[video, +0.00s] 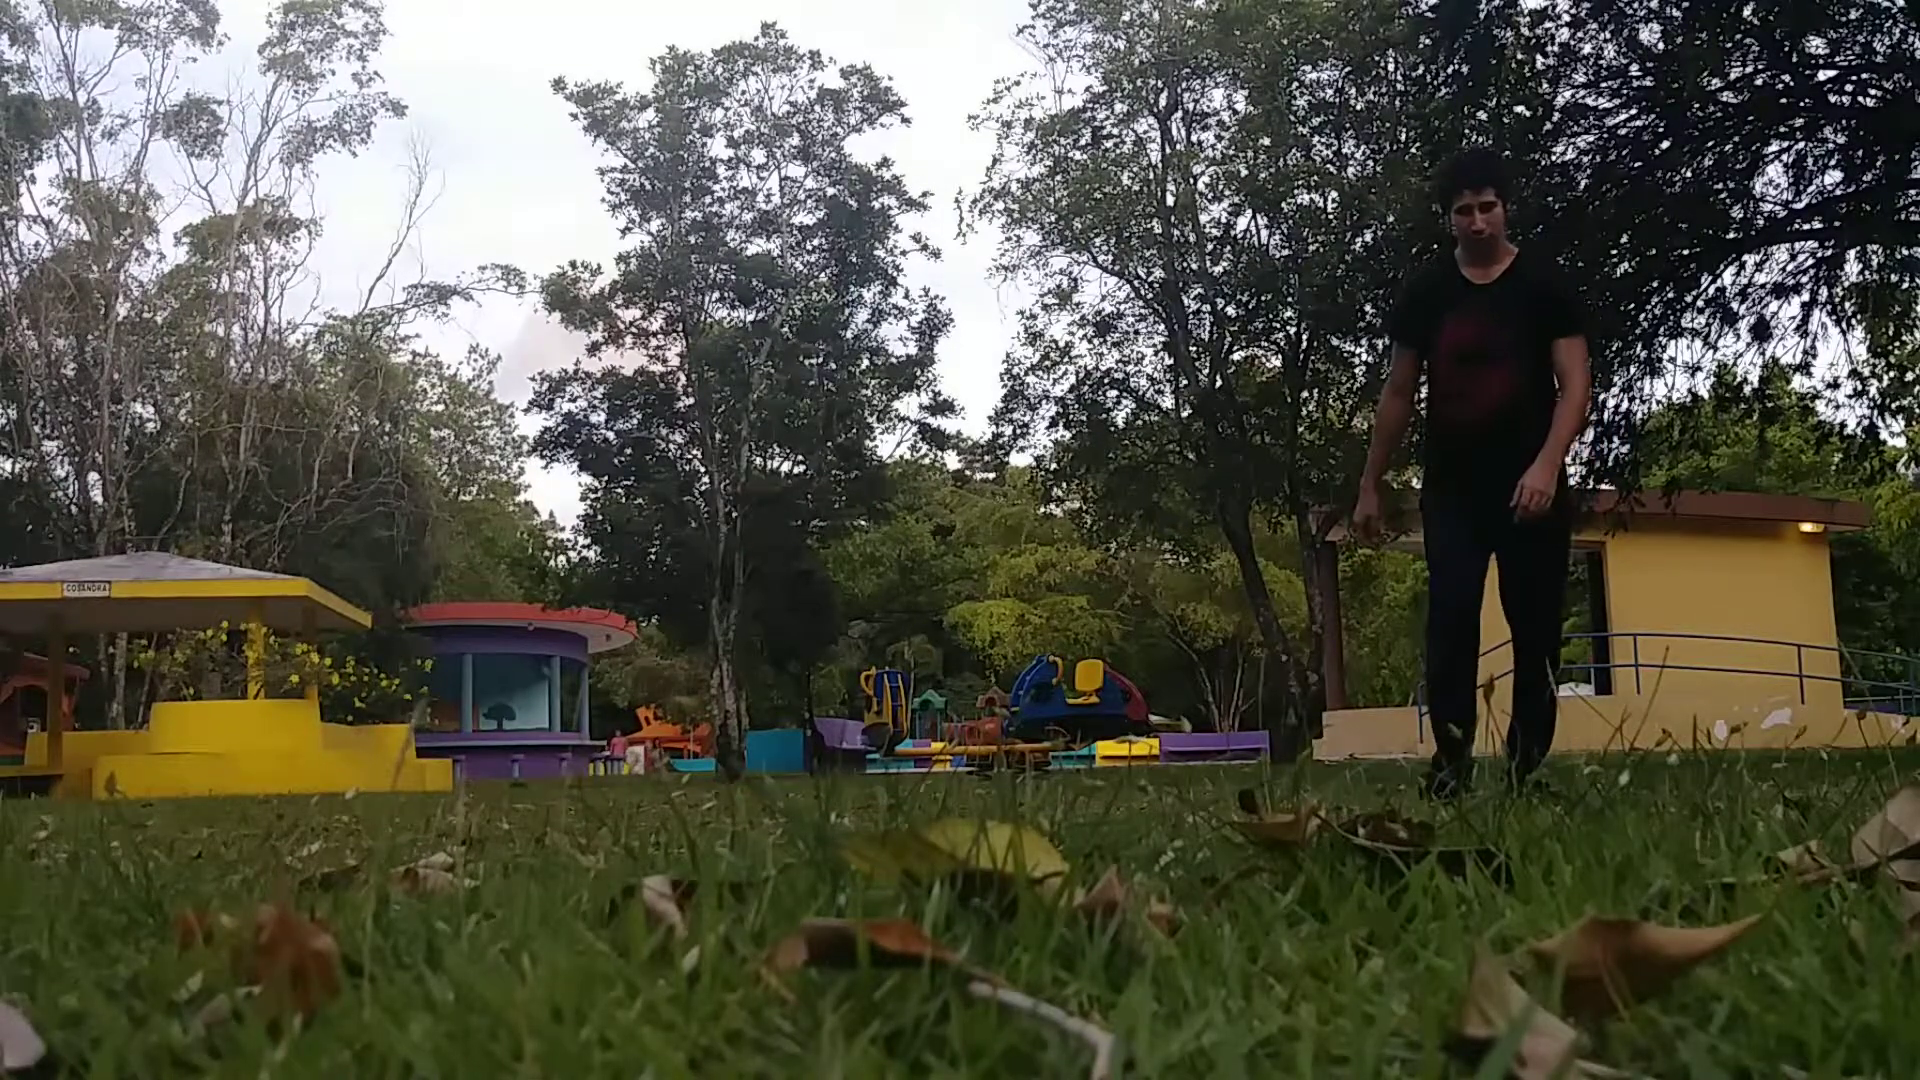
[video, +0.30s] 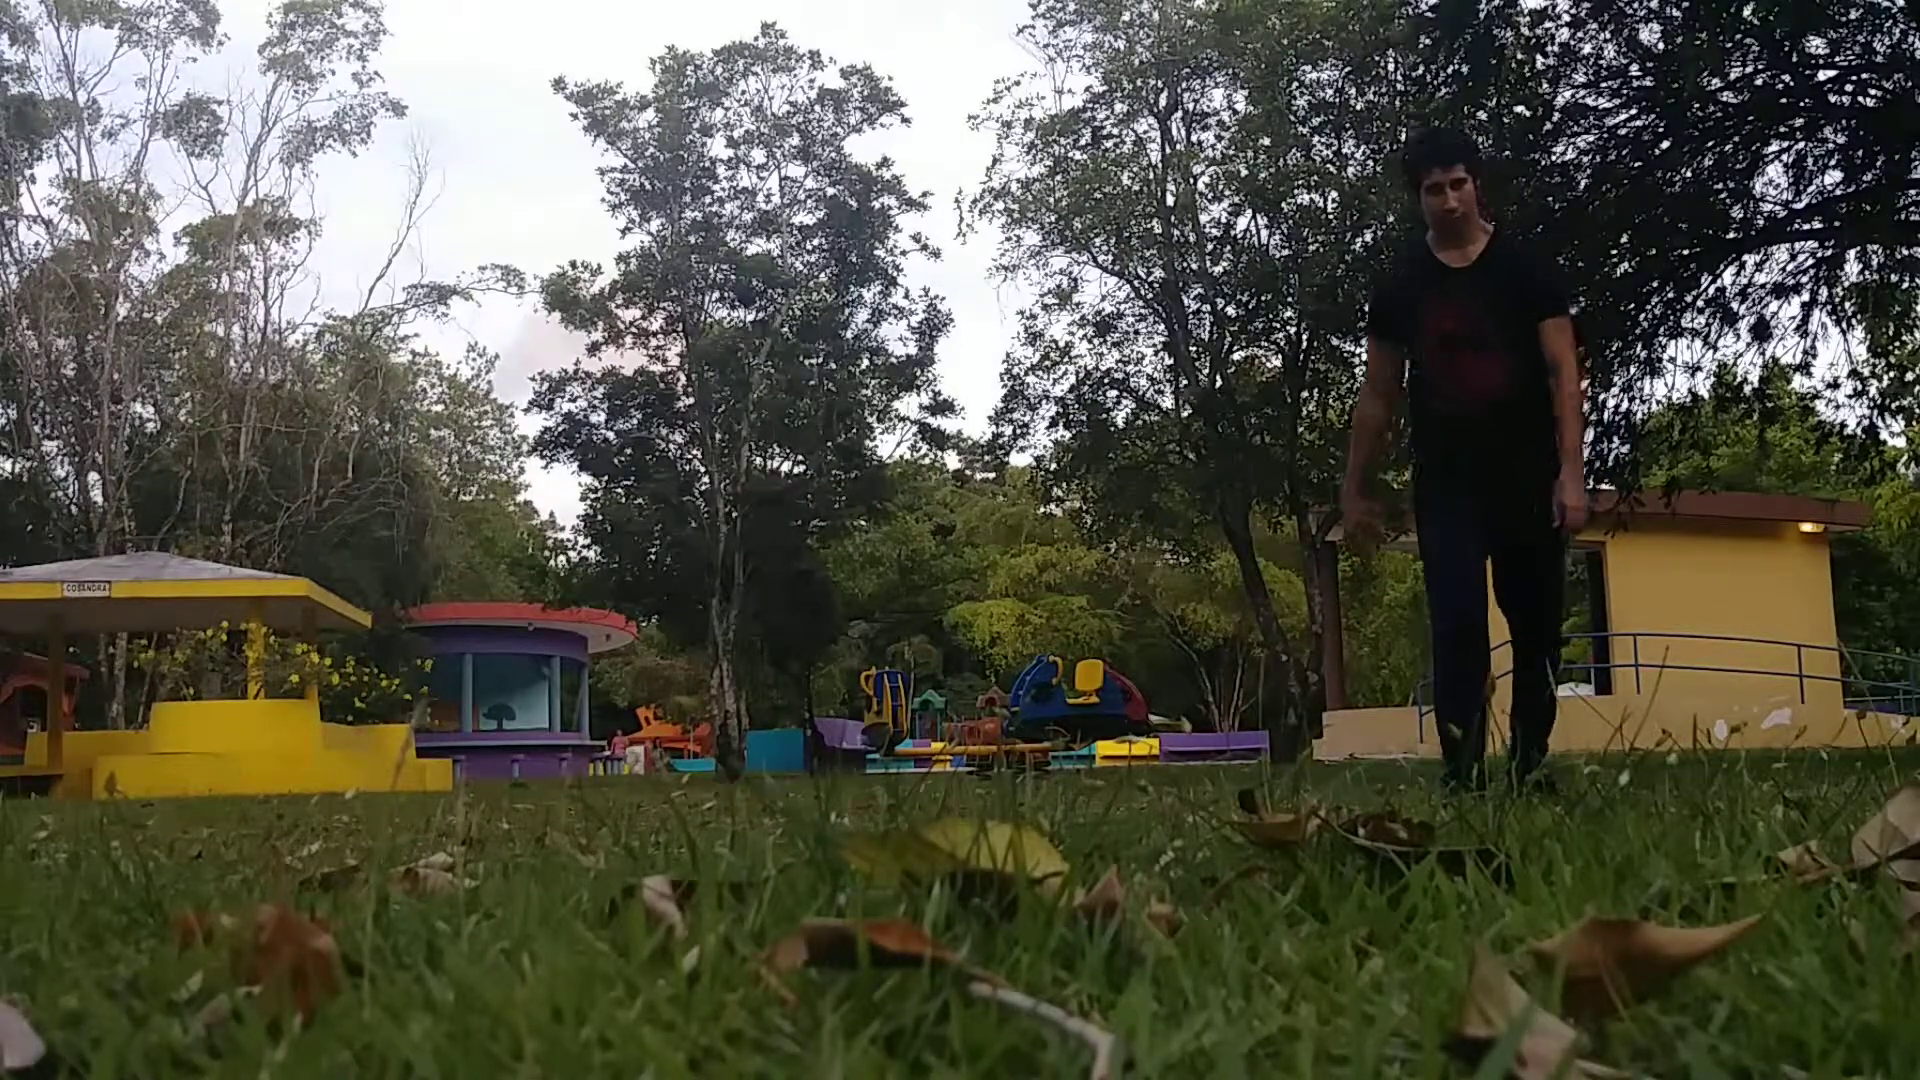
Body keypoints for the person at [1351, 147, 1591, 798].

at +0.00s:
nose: (1477, 220)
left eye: (1487, 208)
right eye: (1465, 210)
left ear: (1506, 211)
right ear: (1449, 217)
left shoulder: (1547, 286)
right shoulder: (1425, 291)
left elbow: (1576, 387)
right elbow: (1398, 390)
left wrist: (1546, 465)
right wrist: (1370, 481)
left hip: (1530, 485)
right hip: (1452, 490)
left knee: (1536, 635)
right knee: (1448, 630)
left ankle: (1526, 769)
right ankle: (1450, 767)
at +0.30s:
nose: (1447, 199)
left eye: (1456, 186)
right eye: (1434, 189)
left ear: (1477, 189)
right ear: (1417, 199)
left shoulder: (1526, 268)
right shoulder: (1401, 285)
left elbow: (1564, 373)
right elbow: (1376, 391)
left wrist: (1572, 470)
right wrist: (1354, 486)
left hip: (1525, 478)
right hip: (1445, 483)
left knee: (1535, 630)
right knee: (1455, 630)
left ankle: (1529, 766)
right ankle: (1461, 772)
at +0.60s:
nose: (1453, 158)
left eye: (1460, 145)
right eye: (1436, 150)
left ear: (1475, 150)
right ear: (1411, 164)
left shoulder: (1520, 232)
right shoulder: (1388, 250)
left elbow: (1560, 336)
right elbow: (1362, 339)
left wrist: (1586, 432)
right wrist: (1348, 422)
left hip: (1526, 448)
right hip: (1441, 456)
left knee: (1561, 591)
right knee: (1448, 614)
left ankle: (1534, 746)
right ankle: (1462, 767)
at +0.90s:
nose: (1493, 139)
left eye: (1501, 126)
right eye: (1476, 130)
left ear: (1515, 134)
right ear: (1446, 142)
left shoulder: (1549, 229)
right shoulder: (1414, 233)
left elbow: (1580, 341)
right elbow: (1404, 318)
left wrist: (1602, 443)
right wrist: (1441, 361)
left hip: (1542, 445)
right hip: (1455, 450)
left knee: (1576, 594)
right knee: (1443, 616)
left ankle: (1599, 754)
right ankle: (1460, 765)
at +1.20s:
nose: (1559, 100)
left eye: (1569, 88)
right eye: (1542, 89)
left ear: (1581, 98)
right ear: (1511, 102)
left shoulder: (1610, 204)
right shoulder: (1459, 205)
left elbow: (1643, 327)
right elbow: (1437, 320)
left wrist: (1670, 434)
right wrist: (1443, 422)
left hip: (1594, 433)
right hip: (1495, 435)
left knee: (1611, 605)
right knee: (1489, 609)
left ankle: (1608, 765)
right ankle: (1467, 759)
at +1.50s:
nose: (1581, 73)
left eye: (1591, 58)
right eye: (1563, 61)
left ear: (1604, 68)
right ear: (1529, 78)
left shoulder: (1644, 173)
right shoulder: (1487, 184)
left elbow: (1683, 283)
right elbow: (1453, 305)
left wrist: (1702, 385)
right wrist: (1421, 419)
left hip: (1618, 414)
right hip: (1519, 417)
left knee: (1619, 592)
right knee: (1525, 585)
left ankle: (1609, 758)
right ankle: (1523, 757)